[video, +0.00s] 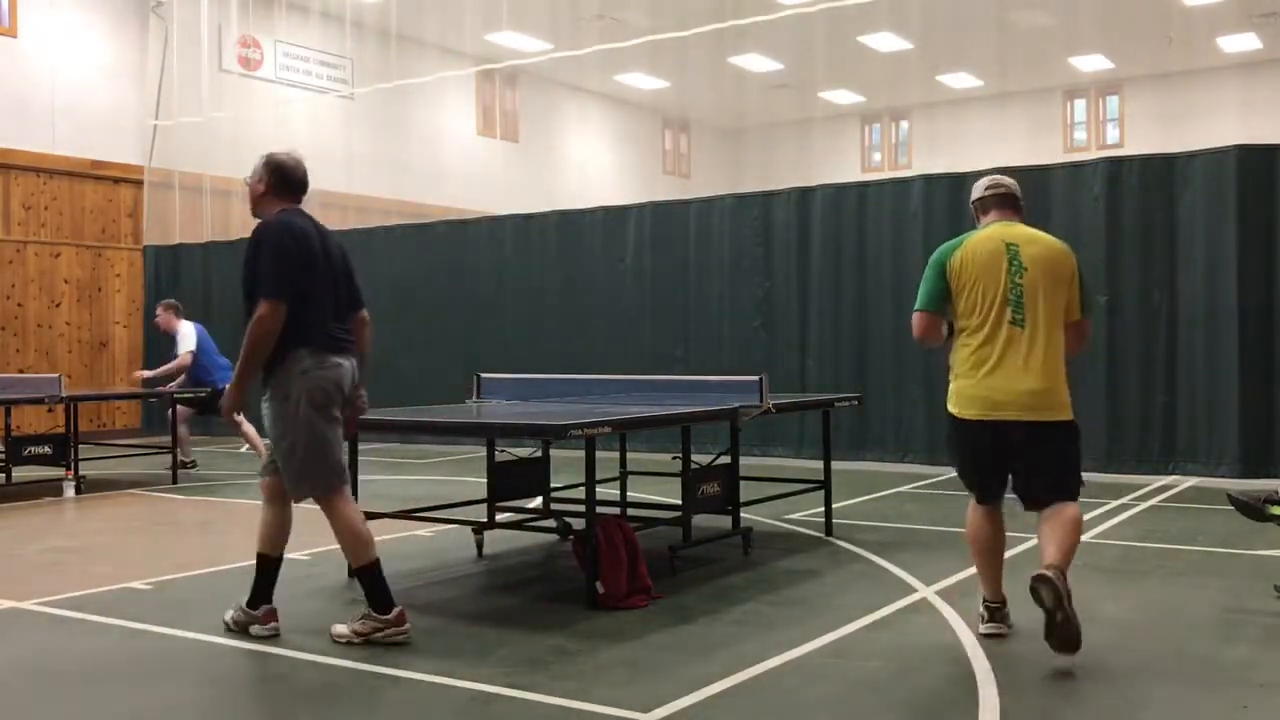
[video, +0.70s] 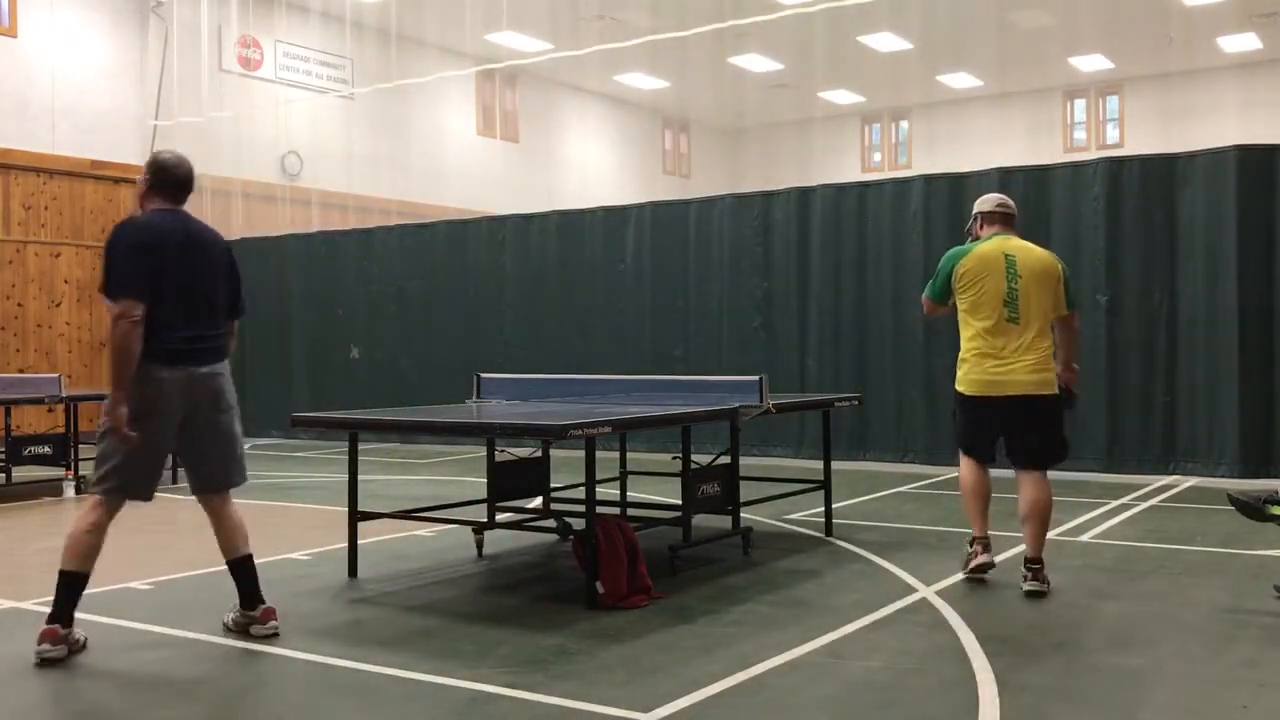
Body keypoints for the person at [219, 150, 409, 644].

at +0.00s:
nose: (248, 192)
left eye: (251, 184)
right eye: (250, 183)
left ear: (264, 187)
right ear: (296, 190)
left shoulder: (271, 232)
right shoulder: (326, 237)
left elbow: (270, 313)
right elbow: (360, 318)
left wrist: (237, 386)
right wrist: (357, 382)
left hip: (302, 369)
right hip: (337, 366)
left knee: (332, 493)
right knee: (275, 486)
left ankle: (384, 610)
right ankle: (258, 607)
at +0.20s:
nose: (216, 179)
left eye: (223, 171)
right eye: (220, 171)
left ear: (240, 177)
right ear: (261, 186)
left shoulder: (239, 222)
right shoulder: (286, 230)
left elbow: (233, 304)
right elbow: (308, 320)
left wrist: (212, 384)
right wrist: (300, 374)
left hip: (266, 365)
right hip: (299, 362)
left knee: (264, 492)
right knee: (257, 489)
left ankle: (353, 587)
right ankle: (257, 607)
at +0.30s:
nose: (203, 179)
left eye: (210, 171)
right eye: (207, 171)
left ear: (229, 179)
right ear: (244, 185)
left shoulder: (226, 222)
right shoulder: (269, 229)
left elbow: (221, 302)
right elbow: (279, 309)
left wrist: (198, 384)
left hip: (251, 365)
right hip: (284, 363)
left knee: (219, 489)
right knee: (246, 489)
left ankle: (314, 577)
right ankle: (256, 609)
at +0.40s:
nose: (187, 177)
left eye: (194, 169)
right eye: (192, 169)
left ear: (213, 175)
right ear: (232, 182)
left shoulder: (213, 222)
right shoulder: (259, 229)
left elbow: (210, 303)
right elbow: (266, 308)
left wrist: (184, 381)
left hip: (234, 366)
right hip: (273, 366)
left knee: (180, 482)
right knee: (243, 486)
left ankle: (251, 581)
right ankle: (259, 612)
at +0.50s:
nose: (172, 179)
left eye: (178, 171)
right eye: (175, 171)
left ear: (198, 176)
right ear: (217, 183)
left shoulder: (193, 223)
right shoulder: (247, 231)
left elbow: (192, 305)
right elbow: (253, 309)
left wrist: (169, 384)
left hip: (209, 368)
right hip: (256, 367)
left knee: (153, 480)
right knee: (236, 487)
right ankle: (257, 607)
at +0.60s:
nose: (155, 182)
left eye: (160, 174)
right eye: (159, 174)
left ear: (175, 178)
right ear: (207, 185)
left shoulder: (166, 228)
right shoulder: (236, 237)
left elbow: (166, 309)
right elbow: (240, 310)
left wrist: (148, 386)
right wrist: (150, 311)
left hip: (181, 372)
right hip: (236, 373)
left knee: (130, 491)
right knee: (230, 491)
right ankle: (257, 607)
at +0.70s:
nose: (135, 192)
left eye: (138, 184)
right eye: (141, 184)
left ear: (146, 186)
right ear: (186, 193)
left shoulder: (131, 234)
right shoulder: (216, 243)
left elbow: (129, 317)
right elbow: (230, 327)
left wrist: (118, 397)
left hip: (150, 384)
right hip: (211, 382)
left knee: (101, 501)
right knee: (218, 497)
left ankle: (58, 624)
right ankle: (255, 609)